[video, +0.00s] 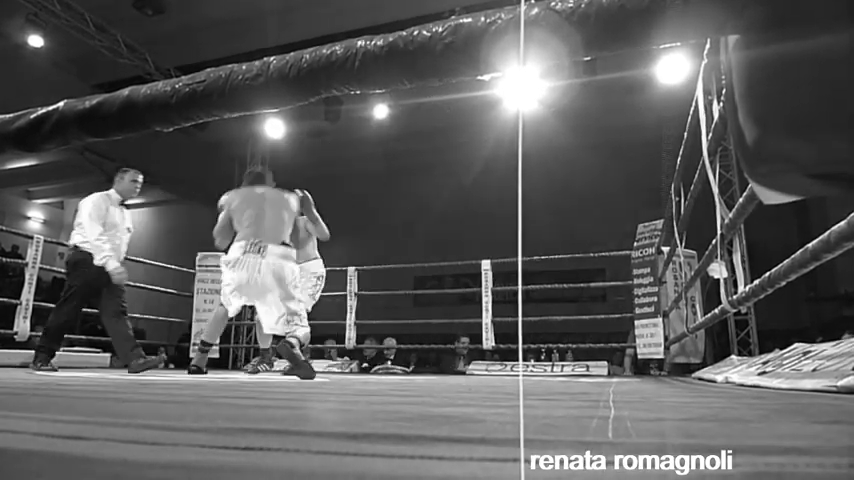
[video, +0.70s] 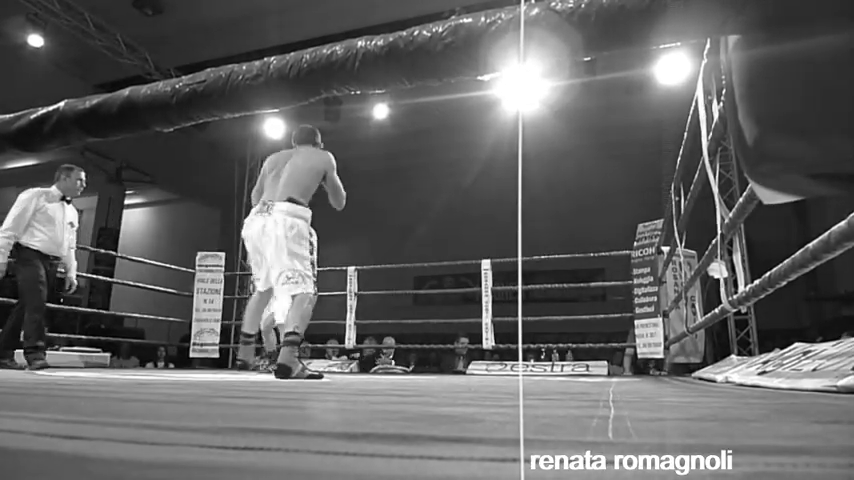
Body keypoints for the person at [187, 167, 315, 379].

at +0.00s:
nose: (275, 184)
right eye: (273, 181)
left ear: (245, 183)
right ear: (270, 182)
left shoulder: (231, 197)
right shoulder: (291, 199)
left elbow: (221, 241)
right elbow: (299, 240)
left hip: (240, 264)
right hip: (280, 268)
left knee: (225, 306)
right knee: (297, 320)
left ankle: (199, 360)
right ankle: (291, 343)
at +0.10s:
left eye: (229, 201)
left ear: (232, 199)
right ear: (256, 198)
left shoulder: (223, 210)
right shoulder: (276, 209)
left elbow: (212, 253)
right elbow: (291, 245)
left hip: (238, 268)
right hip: (277, 269)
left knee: (217, 308)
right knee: (301, 326)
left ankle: (198, 361)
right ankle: (292, 344)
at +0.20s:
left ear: (229, 210)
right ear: (252, 209)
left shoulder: (218, 219)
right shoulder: (272, 217)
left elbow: (213, 258)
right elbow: (292, 256)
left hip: (235, 268)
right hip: (274, 269)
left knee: (217, 308)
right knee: (305, 324)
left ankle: (198, 361)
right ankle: (292, 346)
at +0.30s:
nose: (287, 217)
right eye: (286, 213)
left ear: (261, 207)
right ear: (282, 210)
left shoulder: (232, 216)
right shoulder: (285, 217)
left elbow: (214, 251)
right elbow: (299, 253)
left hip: (224, 261)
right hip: (263, 263)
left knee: (222, 305)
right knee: (306, 320)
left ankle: (198, 361)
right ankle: (294, 352)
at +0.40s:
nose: (302, 204)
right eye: (302, 201)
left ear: (279, 192)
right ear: (298, 196)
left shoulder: (250, 203)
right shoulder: (299, 202)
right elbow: (307, 249)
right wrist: (314, 234)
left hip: (224, 253)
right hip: (259, 254)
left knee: (229, 304)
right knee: (308, 315)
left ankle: (200, 359)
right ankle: (288, 359)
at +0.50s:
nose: (321, 173)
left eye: (321, 171)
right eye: (321, 170)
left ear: (293, 165)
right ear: (317, 167)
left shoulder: (268, 178)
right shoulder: (313, 178)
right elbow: (325, 228)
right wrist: (327, 202)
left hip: (240, 236)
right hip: (272, 237)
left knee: (241, 299)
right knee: (308, 303)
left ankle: (213, 357)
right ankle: (287, 360)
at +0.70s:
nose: (322, 147)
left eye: (319, 144)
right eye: (321, 144)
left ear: (294, 142)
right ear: (318, 143)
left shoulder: (273, 158)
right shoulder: (324, 157)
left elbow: (255, 197)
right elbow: (338, 202)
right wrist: (327, 176)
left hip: (256, 223)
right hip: (290, 224)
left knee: (263, 288)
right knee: (304, 291)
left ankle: (245, 355)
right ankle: (288, 357)